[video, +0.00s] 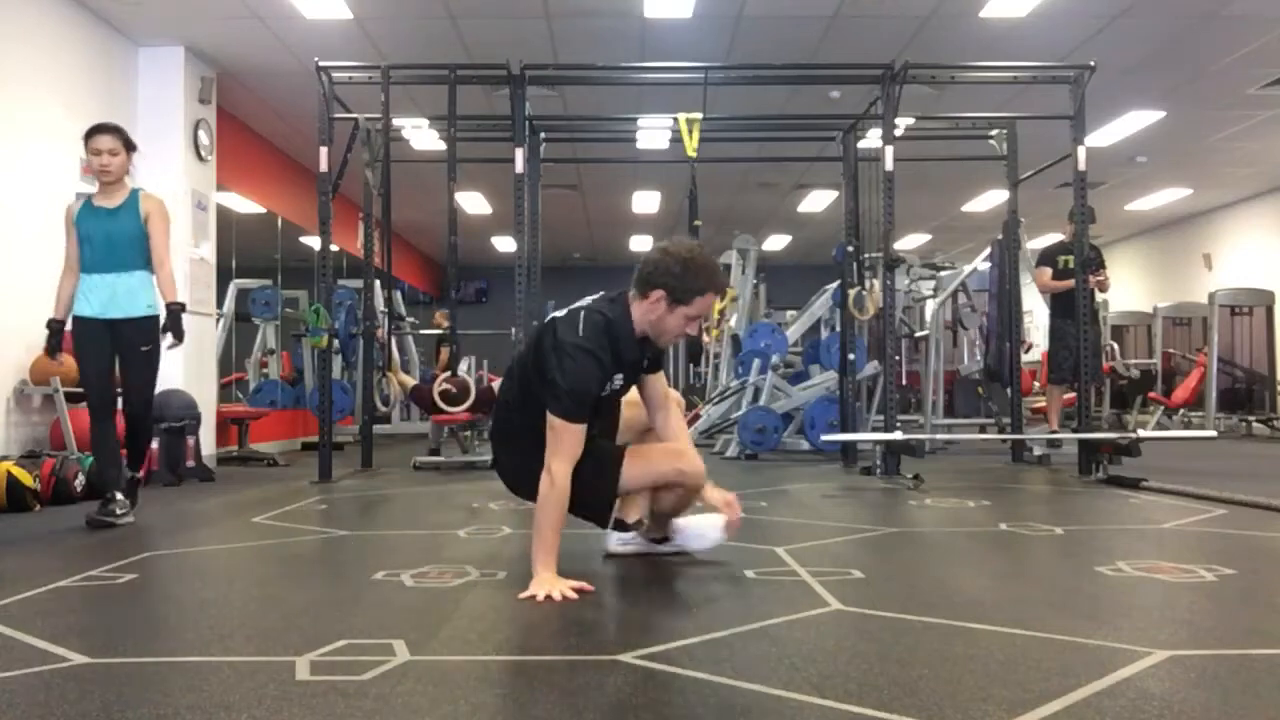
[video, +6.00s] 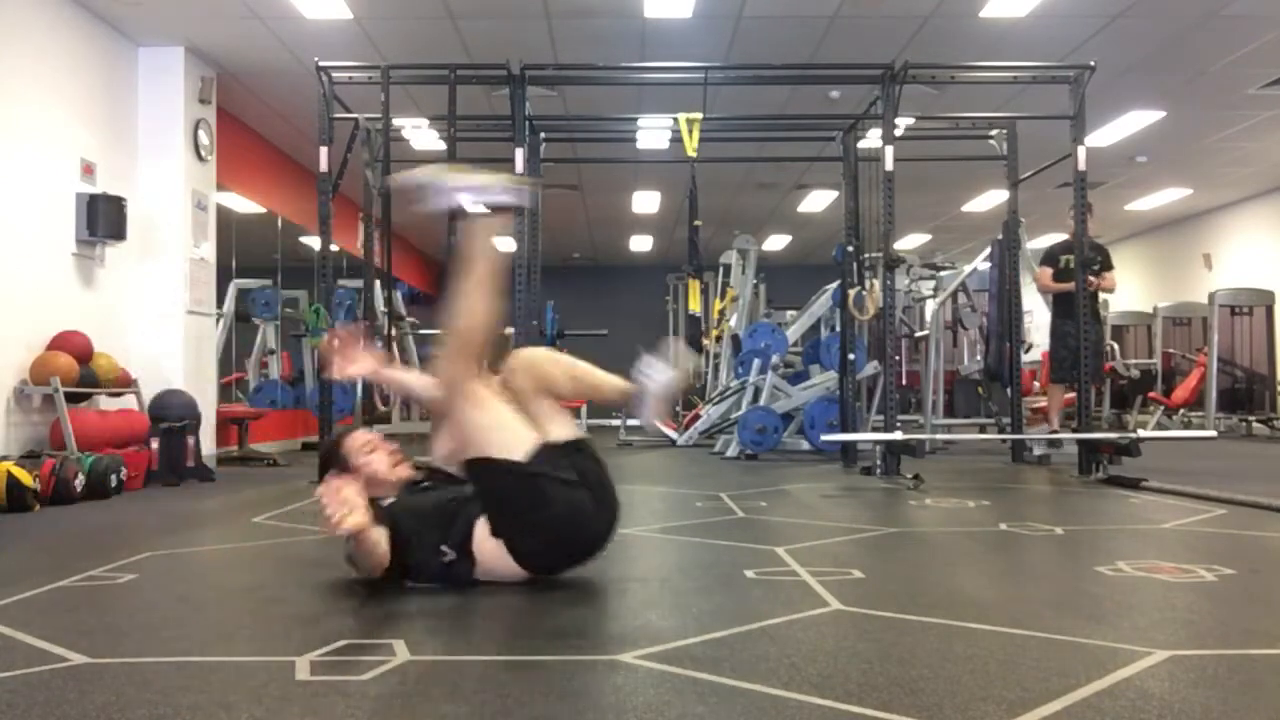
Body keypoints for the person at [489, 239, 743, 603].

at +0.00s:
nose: (693, 332)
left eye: (699, 322)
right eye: (690, 319)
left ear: (655, 300)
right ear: (656, 301)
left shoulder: (637, 328)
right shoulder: (581, 348)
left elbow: (663, 411)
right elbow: (556, 470)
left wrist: (704, 486)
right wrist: (544, 572)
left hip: (565, 425)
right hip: (530, 462)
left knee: (669, 405)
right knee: (687, 464)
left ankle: (627, 524)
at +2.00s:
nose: (508, 338)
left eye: (501, 330)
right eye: (495, 334)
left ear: (465, 355)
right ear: (461, 356)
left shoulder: (483, 398)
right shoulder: (463, 420)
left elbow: (566, 379)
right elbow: (457, 527)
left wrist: (645, 334)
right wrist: (536, 574)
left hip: (567, 499)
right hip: (589, 532)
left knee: (627, 395)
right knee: (678, 406)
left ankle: (637, 529)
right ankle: (780, 329)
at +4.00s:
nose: (296, 551)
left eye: (301, 557)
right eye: (308, 557)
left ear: (298, 556)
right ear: (331, 559)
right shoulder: (347, 552)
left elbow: (214, 448)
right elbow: (392, 579)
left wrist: (220, 551)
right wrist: (297, 521)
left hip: (252, 356)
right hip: (270, 389)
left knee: (134, 435)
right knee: (162, 577)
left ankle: (41, 319)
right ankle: (5, 541)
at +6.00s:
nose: (387, 449)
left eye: (383, 441)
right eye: (369, 451)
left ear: (396, 448)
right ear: (352, 481)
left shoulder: (437, 482)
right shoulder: (382, 527)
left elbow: (449, 403)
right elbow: (373, 562)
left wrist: (379, 370)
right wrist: (360, 526)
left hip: (588, 500)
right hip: (549, 533)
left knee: (522, 368)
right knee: (459, 381)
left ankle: (640, 394)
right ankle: (483, 223)